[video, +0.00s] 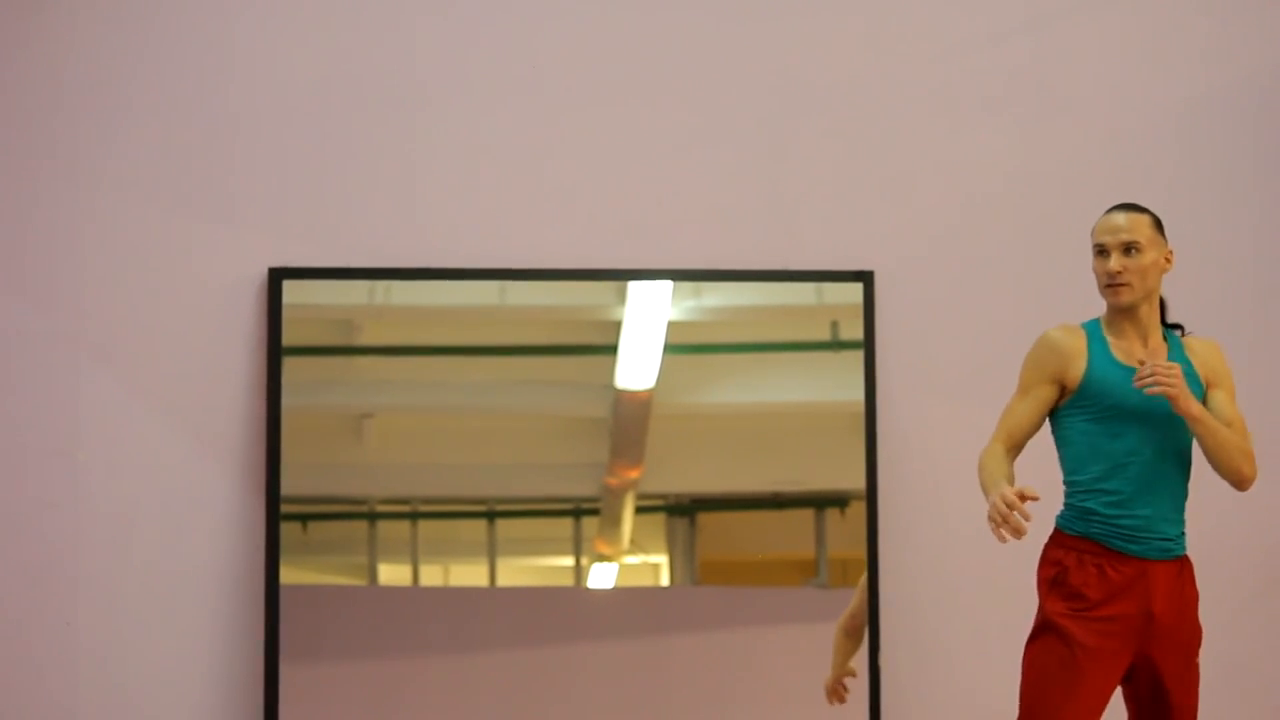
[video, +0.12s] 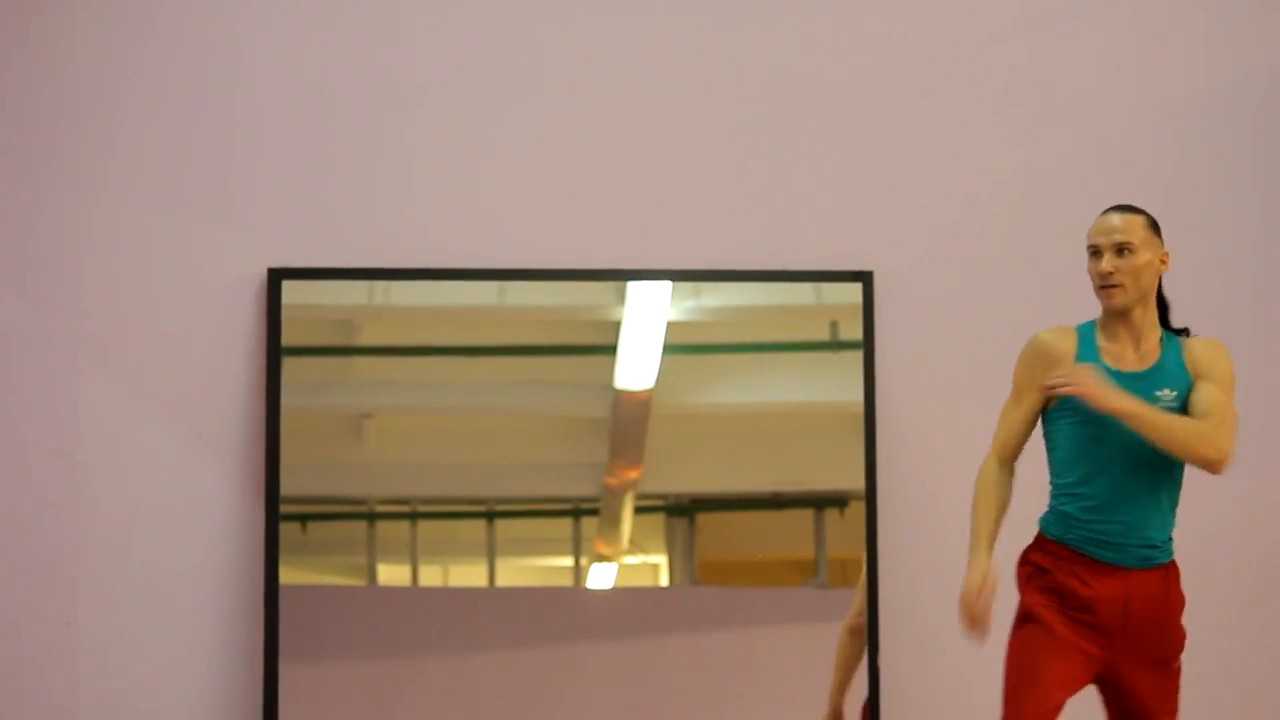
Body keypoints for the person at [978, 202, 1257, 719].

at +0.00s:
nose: (1113, 265)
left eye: (1130, 250)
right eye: (1101, 253)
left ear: (1165, 260)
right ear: (1092, 264)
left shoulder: (1201, 356)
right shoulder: (1063, 348)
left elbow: (1242, 472)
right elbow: (1001, 448)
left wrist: (1189, 407)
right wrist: (999, 492)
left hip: (1167, 584)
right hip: (1082, 578)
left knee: (1173, 712)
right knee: (1050, 712)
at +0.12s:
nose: (1105, 266)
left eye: (1123, 250)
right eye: (1095, 254)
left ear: (1161, 260)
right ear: (1087, 266)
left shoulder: (1203, 357)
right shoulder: (1052, 351)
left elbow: (1214, 449)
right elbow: (1001, 459)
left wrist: (1113, 399)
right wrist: (980, 558)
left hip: (1148, 596)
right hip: (1058, 589)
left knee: (1152, 712)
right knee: (1024, 712)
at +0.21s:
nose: (1090, 273)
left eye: (1108, 257)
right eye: (1082, 260)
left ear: (1149, 268)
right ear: (1074, 272)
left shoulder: (1190, 363)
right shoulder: (1037, 362)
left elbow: (1167, 456)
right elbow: (1009, 486)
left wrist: (1050, 413)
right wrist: (978, 597)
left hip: (1136, 606)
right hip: (1043, 599)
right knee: (1005, 711)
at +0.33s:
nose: (1059, 289)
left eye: (1077, 274)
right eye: (1050, 277)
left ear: (1118, 285)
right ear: (1043, 291)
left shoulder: (1143, 366)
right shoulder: (1030, 386)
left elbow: (1041, 398)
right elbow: (988, 497)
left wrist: (961, 370)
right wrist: (895, 575)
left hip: (1109, 626)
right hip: (1014, 622)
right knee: (970, 711)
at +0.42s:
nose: (1037, 290)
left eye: (1055, 275)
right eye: (1029, 278)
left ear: (1095, 285)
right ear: (1020, 288)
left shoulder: (1113, 366)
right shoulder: (1007, 394)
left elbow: (995, 381)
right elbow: (926, 484)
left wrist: (905, 326)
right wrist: (807, 495)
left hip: (1081, 620)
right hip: (985, 620)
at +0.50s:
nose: (1008, 276)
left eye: (1026, 262)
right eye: (1000, 264)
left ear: (1067, 273)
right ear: (993, 275)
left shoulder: (1093, 362)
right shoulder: (969, 364)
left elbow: (1031, 409)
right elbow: (864, 433)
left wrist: (917, 357)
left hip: (1055, 606)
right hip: (956, 611)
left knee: (1154, 715)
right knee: (928, 712)